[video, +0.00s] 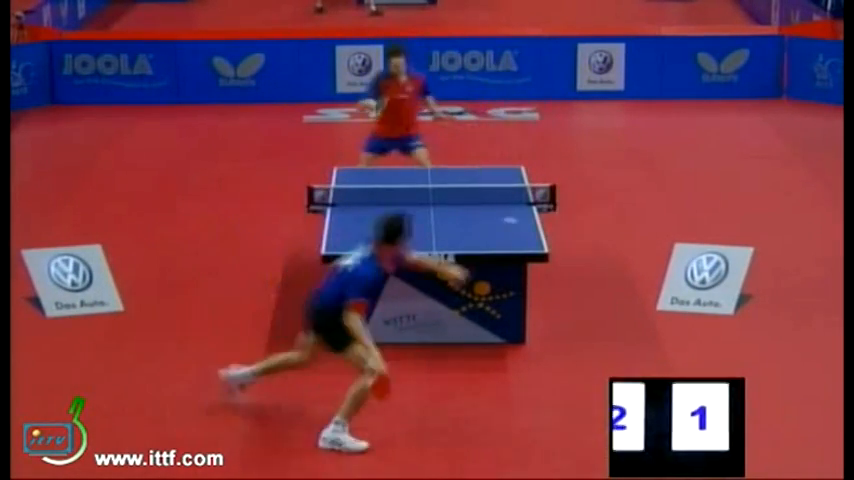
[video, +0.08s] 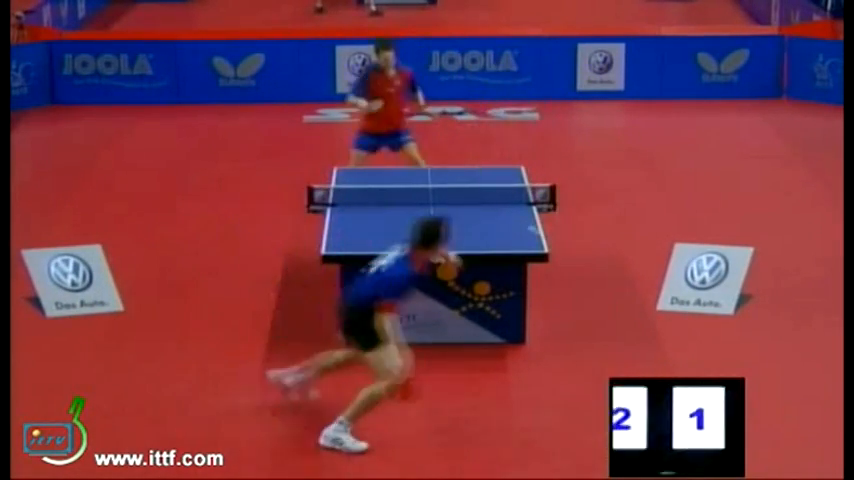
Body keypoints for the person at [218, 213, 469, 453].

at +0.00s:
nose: (402, 252)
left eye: (402, 247)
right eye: (399, 247)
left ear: (384, 243)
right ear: (387, 247)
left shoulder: (380, 256)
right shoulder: (368, 274)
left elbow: (412, 262)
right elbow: (352, 318)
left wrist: (443, 268)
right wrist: (375, 357)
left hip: (318, 309)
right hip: (330, 319)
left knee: (303, 356)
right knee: (374, 370)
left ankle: (243, 374)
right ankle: (336, 430)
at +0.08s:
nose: (442, 251)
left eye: (442, 246)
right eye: (440, 247)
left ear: (419, 241)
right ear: (430, 248)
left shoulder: (403, 253)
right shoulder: (401, 274)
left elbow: (427, 255)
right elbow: (386, 316)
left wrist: (445, 260)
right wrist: (400, 353)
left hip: (354, 301)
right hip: (360, 312)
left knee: (359, 354)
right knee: (394, 374)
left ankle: (295, 376)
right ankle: (339, 429)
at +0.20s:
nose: (495, 238)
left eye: (496, 232)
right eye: (496, 233)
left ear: (475, 224)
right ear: (490, 234)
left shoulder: (457, 230)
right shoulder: (475, 265)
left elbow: (427, 231)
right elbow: (479, 303)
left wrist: (438, 253)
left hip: (411, 295)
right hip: (422, 309)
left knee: (448, 334)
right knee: (410, 385)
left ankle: (424, 393)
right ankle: (347, 421)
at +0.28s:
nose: (530, 229)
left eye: (528, 223)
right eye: (529, 224)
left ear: (505, 218)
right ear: (523, 226)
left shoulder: (481, 232)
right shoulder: (519, 259)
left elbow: (448, 262)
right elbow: (546, 291)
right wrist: (571, 274)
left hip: (456, 303)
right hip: (465, 312)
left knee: (513, 328)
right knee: (439, 384)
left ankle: (527, 392)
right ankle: (370, 410)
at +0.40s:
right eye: (589, 226)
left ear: (560, 225)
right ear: (586, 229)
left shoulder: (541, 248)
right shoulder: (585, 254)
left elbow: (506, 278)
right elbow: (617, 233)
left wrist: (523, 297)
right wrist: (591, 204)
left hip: (523, 329)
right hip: (538, 335)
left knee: (589, 356)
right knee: (513, 403)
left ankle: (616, 408)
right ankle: (445, 421)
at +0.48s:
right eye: (605, 231)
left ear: (583, 235)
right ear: (607, 236)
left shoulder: (562, 262)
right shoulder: (608, 262)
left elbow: (539, 299)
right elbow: (654, 254)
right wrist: (649, 226)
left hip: (552, 337)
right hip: (573, 341)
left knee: (619, 344)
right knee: (584, 419)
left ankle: (631, 399)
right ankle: (521, 435)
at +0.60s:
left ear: (605, 237)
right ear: (631, 239)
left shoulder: (588, 265)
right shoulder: (633, 268)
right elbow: (668, 297)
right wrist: (687, 298)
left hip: (577, 340)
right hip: (605, 341)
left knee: (624, 373)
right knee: (641, 373)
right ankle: (607, 419)